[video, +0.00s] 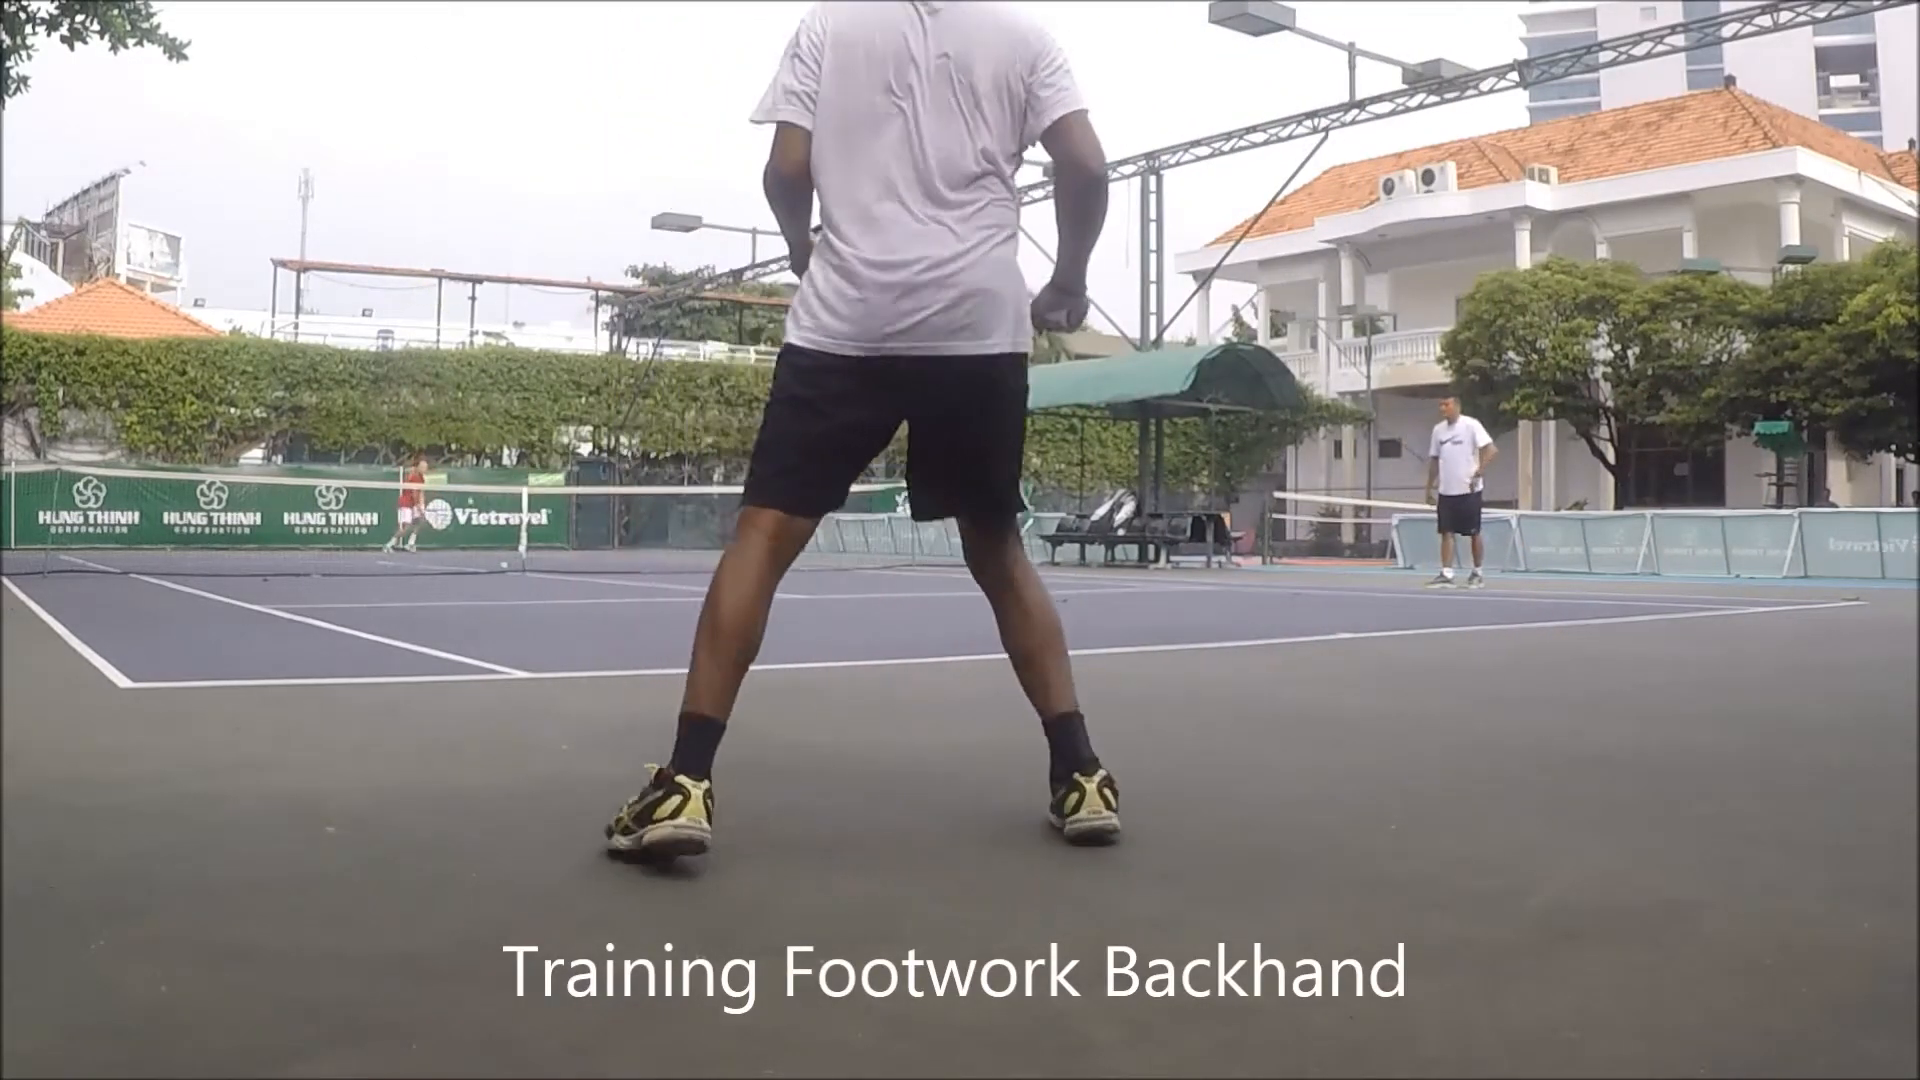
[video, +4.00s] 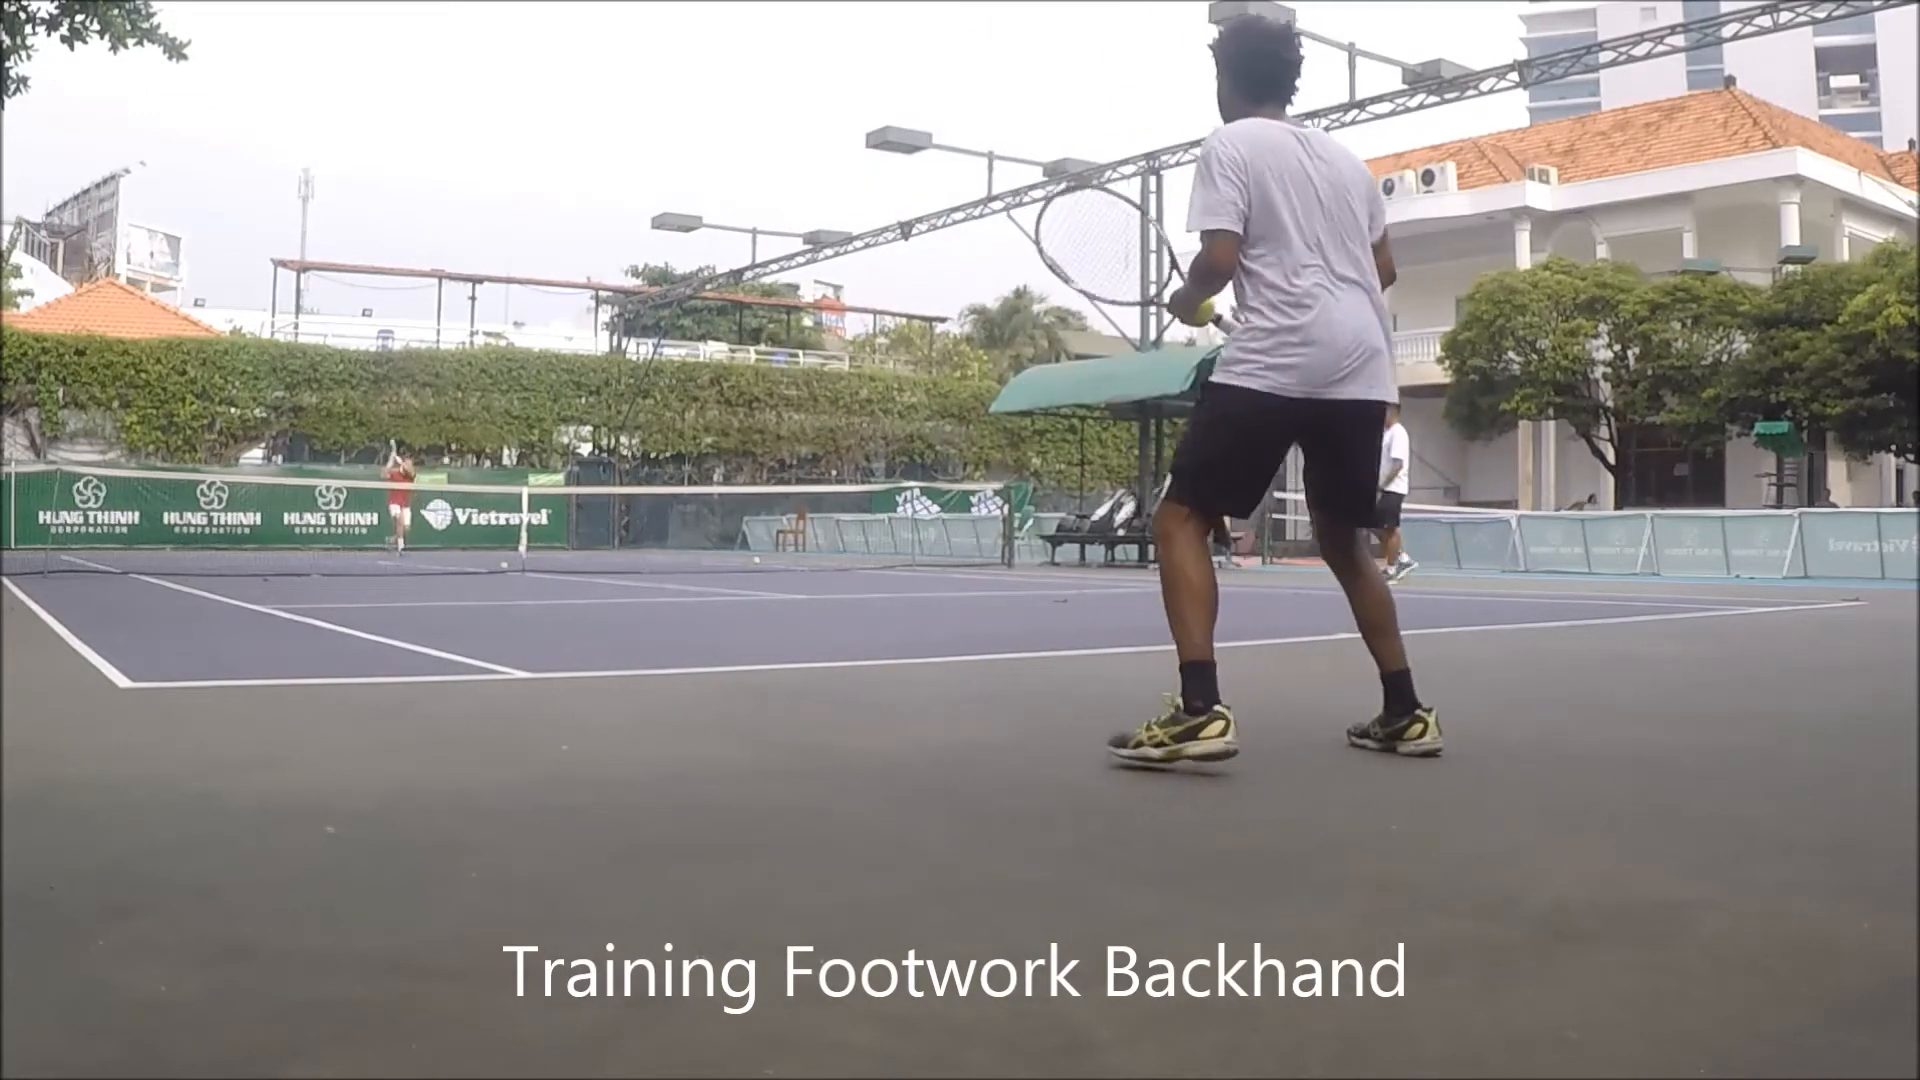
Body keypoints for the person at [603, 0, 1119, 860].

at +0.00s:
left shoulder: (828, 22)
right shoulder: (1020, 31)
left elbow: (788, 168)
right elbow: (1085, 164)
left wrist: (802, 249)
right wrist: (1069, 281)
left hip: (844, 325)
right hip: (978, 332)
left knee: (762, 539)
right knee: (999, 550)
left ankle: (685, 782)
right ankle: (1080, 773)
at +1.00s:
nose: (1108, 93)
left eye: (1109, 80)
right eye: (1111, 80)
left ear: (1122, 83)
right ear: (1195, 82)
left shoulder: (1112, 163)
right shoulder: (1254, 164)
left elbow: (1093, 296)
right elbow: (1308, 285)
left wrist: (1103, 345)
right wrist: (1249, 346)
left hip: (1168, 402)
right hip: (1274, 399)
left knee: (1107, 561)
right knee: (1278, 560)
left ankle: (1110, 718)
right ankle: (1390, 723)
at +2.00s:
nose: (927, 169)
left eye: (927, 154)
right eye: (923, 159)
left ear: (951, 144)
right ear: (978, 143)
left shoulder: (1045, 162)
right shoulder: (964, 221)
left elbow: (1098, 254)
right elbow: (900, 262)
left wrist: (1007, 215)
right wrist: (881, 209)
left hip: (1133, 365)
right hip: (1073, 383)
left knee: (1081, 537)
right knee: (974, 520)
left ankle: (1189, 732)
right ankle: (989, 710)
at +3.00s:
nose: (1135, 47)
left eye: (1137, 32)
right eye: (1141, 32)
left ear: (1149, 37)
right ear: (1212, 42)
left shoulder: (1146, 113)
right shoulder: (1266, 122)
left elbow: (1136, 233)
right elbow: (1312, 228)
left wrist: (1102, 286)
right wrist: (1276, 303)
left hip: (1186, 357)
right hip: (1264, 359)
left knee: (1185, 525)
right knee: (1199, 520)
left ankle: (1243, 717)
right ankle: (1224, 697)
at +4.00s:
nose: (1214, 86)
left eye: (1217, 74)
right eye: (1217, 73)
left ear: (1226, 76)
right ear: (1292, 79)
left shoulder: (1231, 143)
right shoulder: (1346, 158)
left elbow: (1221, 257)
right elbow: (1384, 267)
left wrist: (1187, 298)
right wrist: (1313, 290)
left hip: (1270, 366)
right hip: (1361, 376)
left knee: (1178, 520)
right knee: (1346, 542)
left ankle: (1199, 707)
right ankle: (1405, 709)